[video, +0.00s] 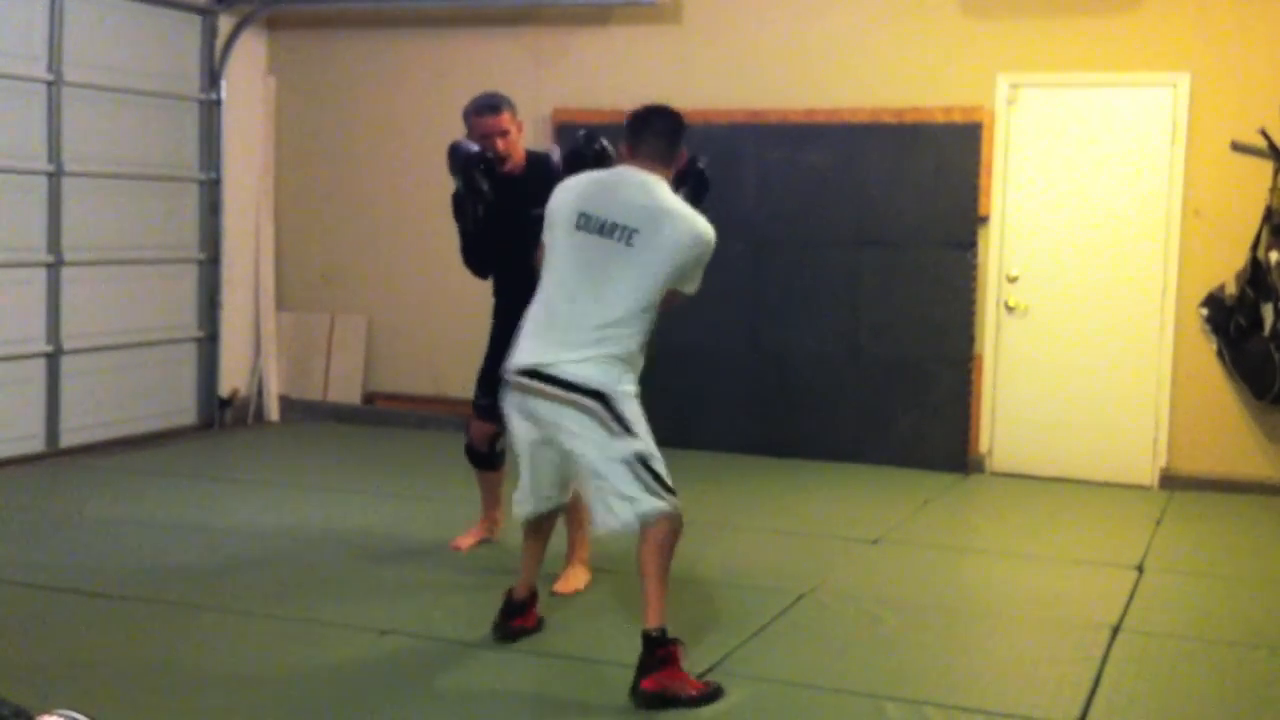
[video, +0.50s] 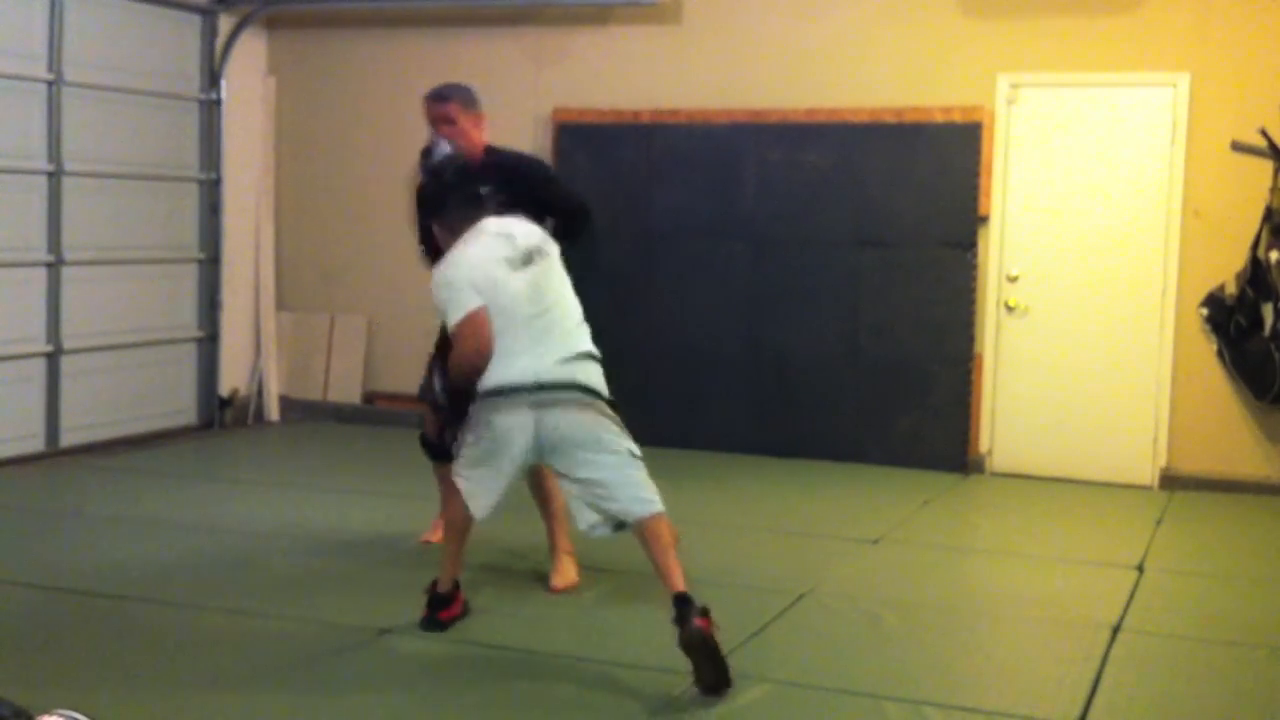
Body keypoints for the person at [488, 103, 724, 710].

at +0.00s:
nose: (663, 165)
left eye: (636, 150)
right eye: (677, 158)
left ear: (621, 148)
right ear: (681, 160)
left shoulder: (568, 190)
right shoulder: (692, 230)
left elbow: (548, 266)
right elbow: (668, 297)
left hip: (526, 372)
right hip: (597, 387)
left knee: (544, 493)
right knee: (661, 513)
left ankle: (519, 604)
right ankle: (657, 660)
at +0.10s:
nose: (682, 192)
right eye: (686, 184)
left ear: (632, 166)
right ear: (684, 186)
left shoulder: (575, 195)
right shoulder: (684, 255)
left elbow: (529, 240)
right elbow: (656, 323)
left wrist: (593, 251)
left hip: (514, 381)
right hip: (577, 394)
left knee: (540, 488)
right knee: (653, 523)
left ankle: (509, 581)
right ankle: (654, 669)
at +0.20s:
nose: (650, 215)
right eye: (651, 207)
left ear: (597, 190)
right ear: (646, 207)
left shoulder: (542, 221)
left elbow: (533, 200)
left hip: (510, 416)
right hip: (580, 425)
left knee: (502, 490)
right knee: (677, 530)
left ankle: (456, 580)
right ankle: (660, 668)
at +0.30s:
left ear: (525, 189)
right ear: (582, 192)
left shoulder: (490, 239)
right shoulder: (605, 247)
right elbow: (636, 331)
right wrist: (627, 374)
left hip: (519, 424)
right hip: (600, 421)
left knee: (493, 497)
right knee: (671, 528)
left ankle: (452, 593)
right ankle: (671, 654)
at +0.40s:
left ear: (454, 216)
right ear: (517, 199)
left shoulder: (445, 270)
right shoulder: (561, 236)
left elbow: (445, 368)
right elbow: (645, 284)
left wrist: (493, 362)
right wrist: (636, 230)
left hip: (519, 419)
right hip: (598, 413)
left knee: (478, 491)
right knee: (651, 516)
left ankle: (448, 594)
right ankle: (685, 626)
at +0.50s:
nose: (433, 244)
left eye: (432, 233)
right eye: (432, 233)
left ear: (443, 227)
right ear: (488, 210)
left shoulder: (454, 267)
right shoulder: (535, 237)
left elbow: (475, 343)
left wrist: (449, 397)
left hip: (503, 408)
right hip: (578, 401)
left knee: (462, 484)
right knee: (641, 500)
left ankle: (446, 592)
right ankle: (685, 605)